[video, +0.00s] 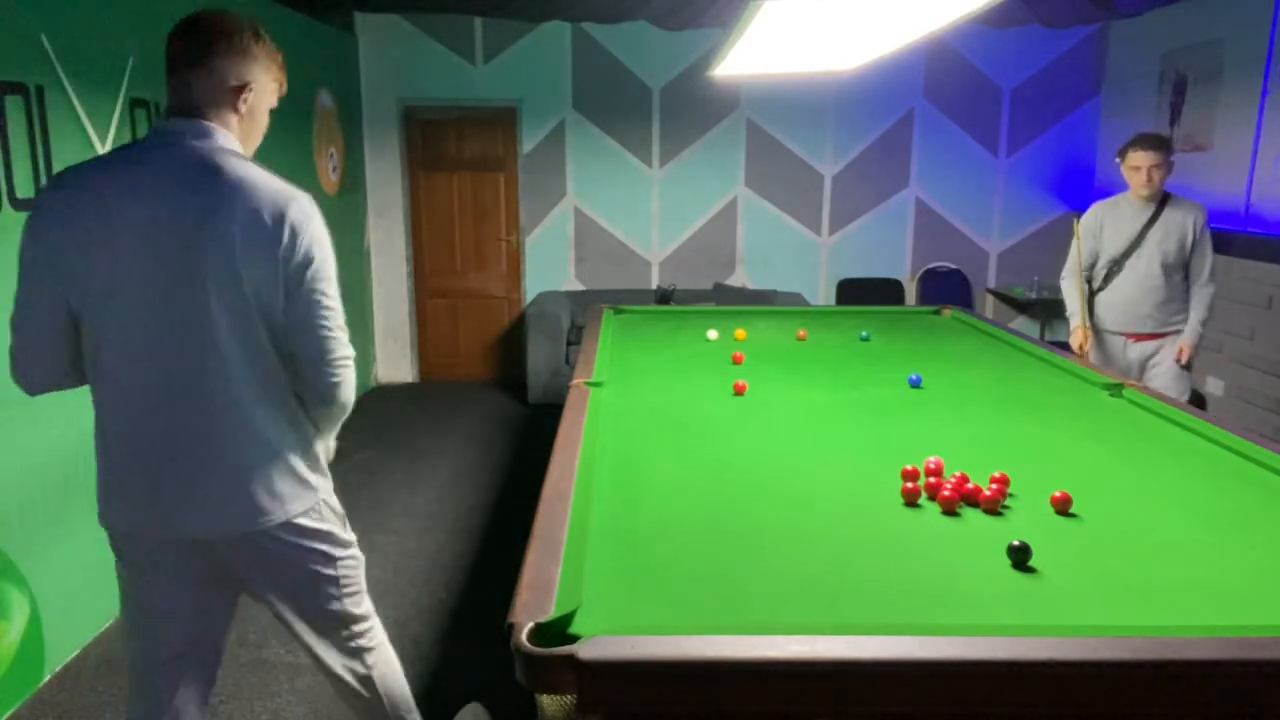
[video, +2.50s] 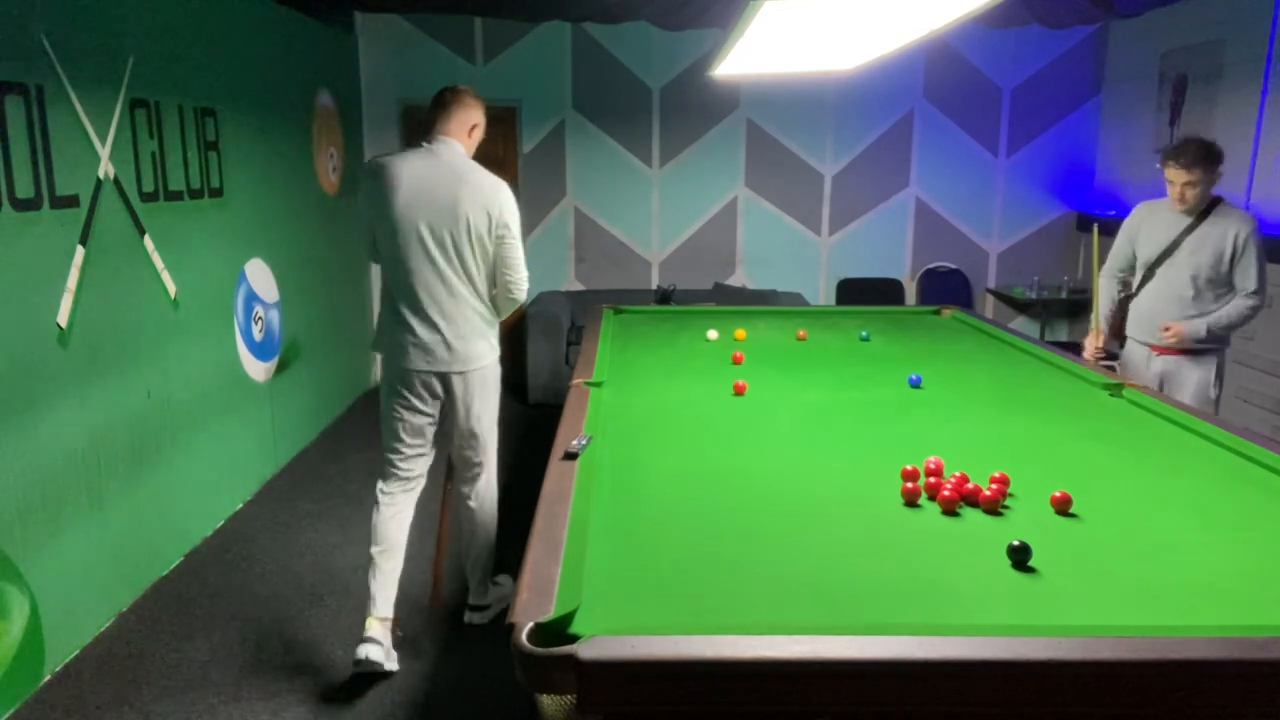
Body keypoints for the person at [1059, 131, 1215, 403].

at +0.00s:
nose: (1145, 177)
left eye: (1154, 168)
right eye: (1136, 169)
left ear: (1168, 169)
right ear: (1123, 170)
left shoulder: (1190, 217)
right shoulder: (1099, 215)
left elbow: (1202, 283)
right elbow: (1073, 274)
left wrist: (1191, 335)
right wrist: (1078, 323)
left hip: (1166, 348)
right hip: (1106, 346)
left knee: (1166, 436)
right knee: (1100, 434)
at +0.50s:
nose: (1154, 187)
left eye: (1165, 178)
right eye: (1149, 178)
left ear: (1192, 172)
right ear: (1144, 172)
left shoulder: (1217, 222)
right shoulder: (1131, 212)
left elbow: (1228, 297)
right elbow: (1106, 274)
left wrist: (1174, 340)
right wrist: (1088, 328)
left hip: (1173, 361)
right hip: (1120, 351)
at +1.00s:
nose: (1160, 190)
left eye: (1170, 181)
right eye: (1158, 181)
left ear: (1201, 174)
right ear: (1155, 176)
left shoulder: (1227, 224)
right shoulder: (1153, 213)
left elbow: (1233, 302)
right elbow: (1127, 276)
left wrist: (1172, 343)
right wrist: (1094, 329)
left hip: (1182, 366)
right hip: (1131, 352)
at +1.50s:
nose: (1130, 189)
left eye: (1137, 180)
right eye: (1127, 181)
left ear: (1167, 170)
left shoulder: (1198, 219)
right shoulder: (1124, 212)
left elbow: (1201, 294)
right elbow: (1103, 272)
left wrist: (1135, 328)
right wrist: (1081, 325)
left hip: (1160, 358)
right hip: (1110, 348)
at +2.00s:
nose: (1117, 194)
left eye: (1127, 184)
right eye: (1110, 185)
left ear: (1151, 173)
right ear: (1105, 179)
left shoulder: (1184, 218)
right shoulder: (1094, 215)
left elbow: (1200, 288)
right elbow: (1077, 275)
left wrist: (1151, 332)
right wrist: (1071, 325)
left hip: (1156, 357)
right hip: (1099, 350)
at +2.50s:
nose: (1177, 194)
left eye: (1190, 185)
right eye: (1170, 183)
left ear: (1214, 179)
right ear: (1164, 176)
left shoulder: (1238, 228)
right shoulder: (1143, 215)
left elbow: (1251, 297)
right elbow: (1112, 275)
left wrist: (1198, 329)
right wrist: (1100, 329)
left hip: (1194, 366)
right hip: (1136, 357)